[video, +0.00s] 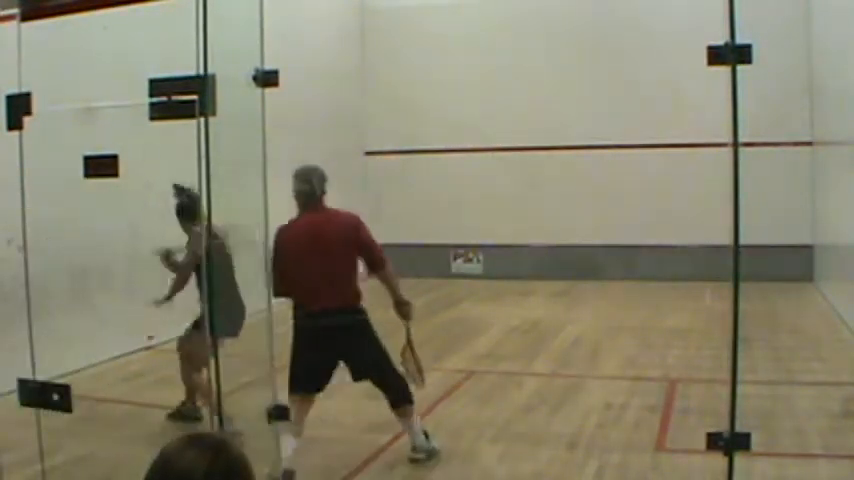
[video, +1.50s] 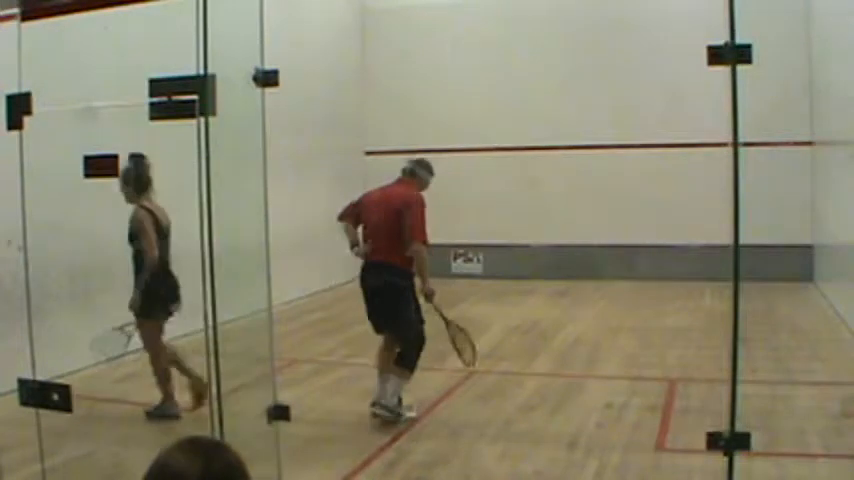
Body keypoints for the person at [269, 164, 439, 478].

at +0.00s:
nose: (300, 195)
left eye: (298, 191)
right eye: (311, 188)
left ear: (295, 194)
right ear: (324, 191)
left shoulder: (285, 234)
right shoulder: (348, 223)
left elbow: (280, 288)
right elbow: (379, 264)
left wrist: (314, 287)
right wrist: (398, 299)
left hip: (310, 326)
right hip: (350, 322)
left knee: (301, 392)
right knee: (390, 380)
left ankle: (288, 461)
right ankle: (418, 442)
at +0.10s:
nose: (326, 190)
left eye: (326, 186)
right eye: (333, 185)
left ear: (324, 188)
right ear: (352, 186)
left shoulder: (313, 226)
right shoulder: (375, 220)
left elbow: (307, 279)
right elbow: (402, 261)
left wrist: (340, 271)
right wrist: (419, 291)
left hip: (329, 322)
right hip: (371, 320)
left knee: (319, 380)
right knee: (404, 376)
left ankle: (305, 432)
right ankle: (420, 439)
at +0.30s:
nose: (369, 191)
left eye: (366, 186)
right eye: (372, 186)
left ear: (354, 191)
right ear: (381, 190)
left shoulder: (339, 226)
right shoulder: (398, 226)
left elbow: (327, 272)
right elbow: (423, 266)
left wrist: (358, 271)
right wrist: (430, 294)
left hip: (347, 318)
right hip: (388, 317)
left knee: (326, 363)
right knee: (419, 363)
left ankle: (315, 426)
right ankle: (449, 420)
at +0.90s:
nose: (371, 201)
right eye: (373, 197)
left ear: (350, 199)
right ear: (373, 199)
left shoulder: (332, 225)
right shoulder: (385, 227)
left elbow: (319, 267)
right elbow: (400, 269)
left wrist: (340, 284)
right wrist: (403, 303)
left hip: (336, 302)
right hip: (372, 300)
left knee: (331, 351)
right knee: (405, 349)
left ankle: (320, 405)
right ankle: (412, 404)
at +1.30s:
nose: (411, 185)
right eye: (414, 181)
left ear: (391, 177)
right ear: (415, 181)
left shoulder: (368, 201)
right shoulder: (417, 208)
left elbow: (343, 235)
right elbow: (425, 254)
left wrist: (342, 269)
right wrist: (434, 289)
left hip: (361, 281)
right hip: (392, 284)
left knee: (373, 333)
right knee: (405, 344)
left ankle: (356, 393)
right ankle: (390, 405)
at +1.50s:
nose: (425, 189)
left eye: (426, 184)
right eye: (425, 183)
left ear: (404, 174)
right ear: (419, 178)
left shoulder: (375, 195)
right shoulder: (413, 198)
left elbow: (347, 217)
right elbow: (416, 245)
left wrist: (355, 245)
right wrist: (426, 282)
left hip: (371, 271)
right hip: (396, 275)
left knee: (391, 335)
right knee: (413, 337)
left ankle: (382, 397)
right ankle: (391, 400)